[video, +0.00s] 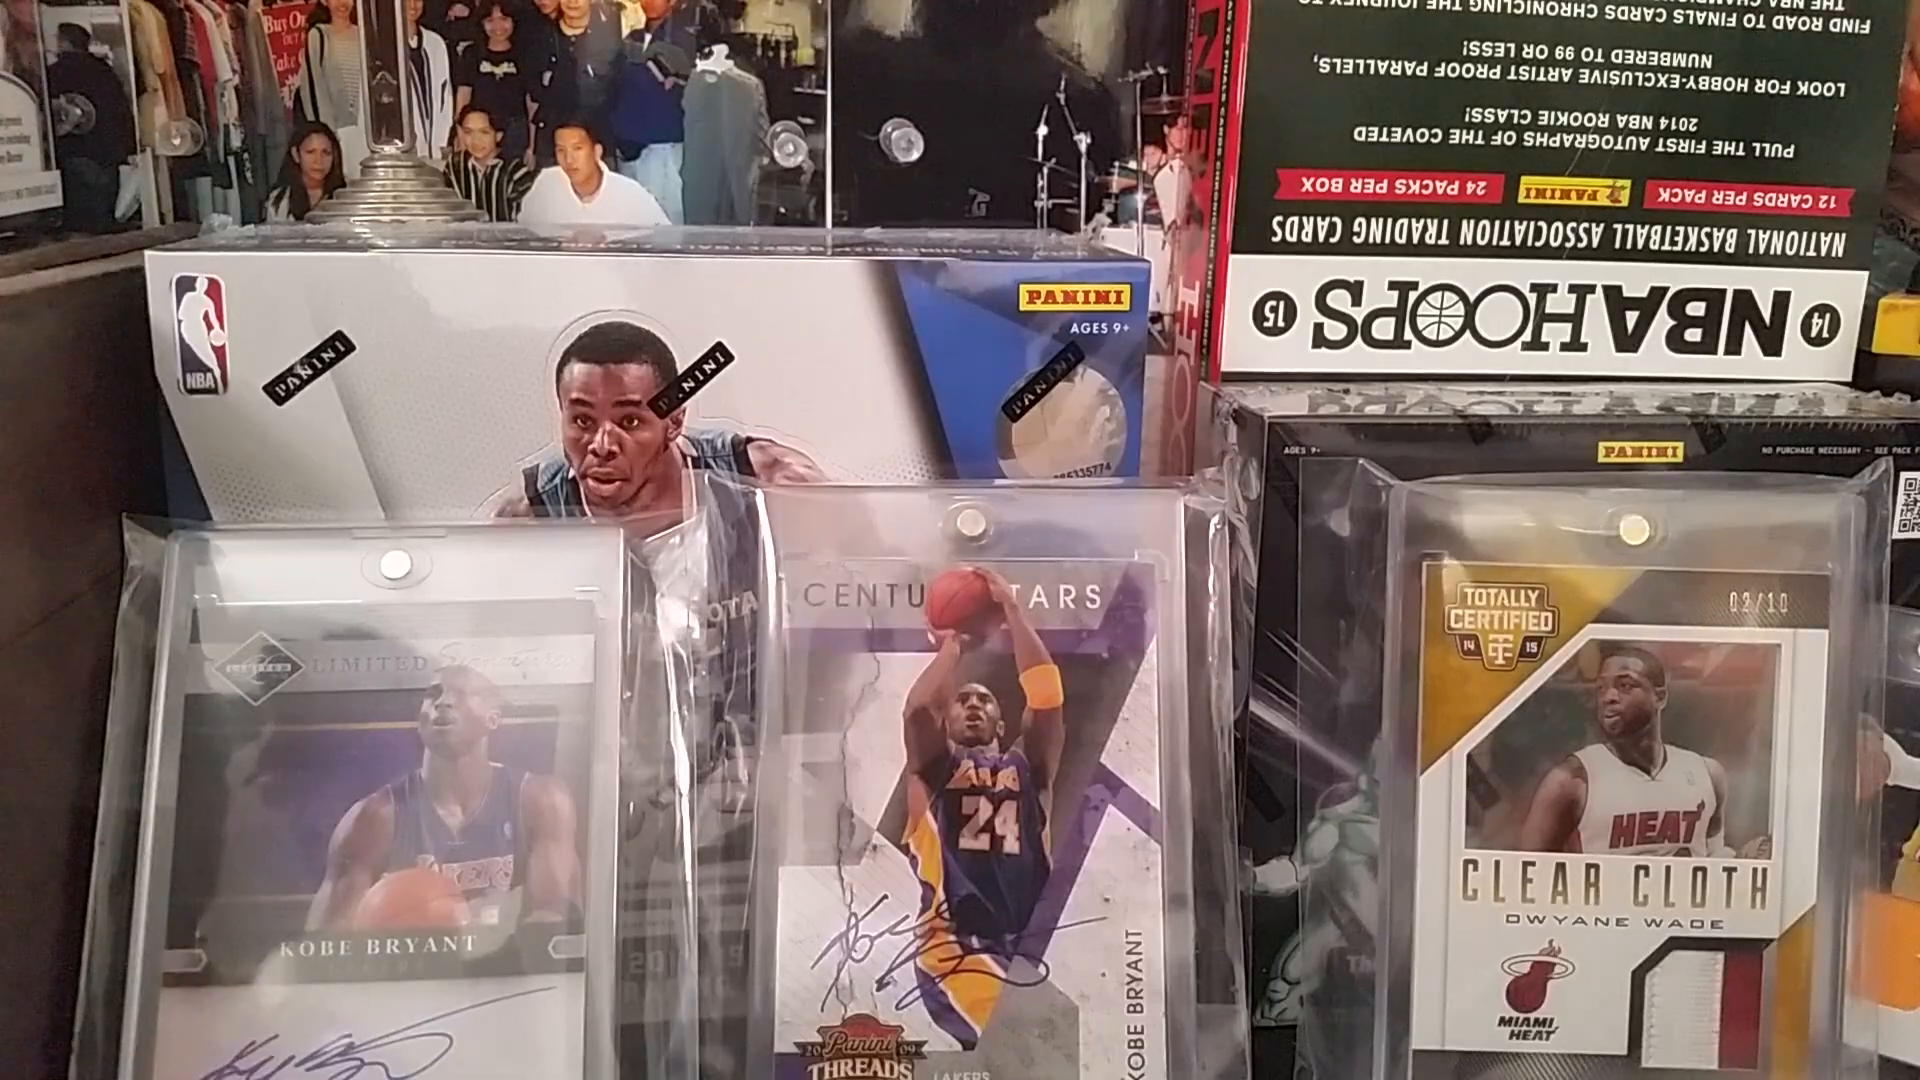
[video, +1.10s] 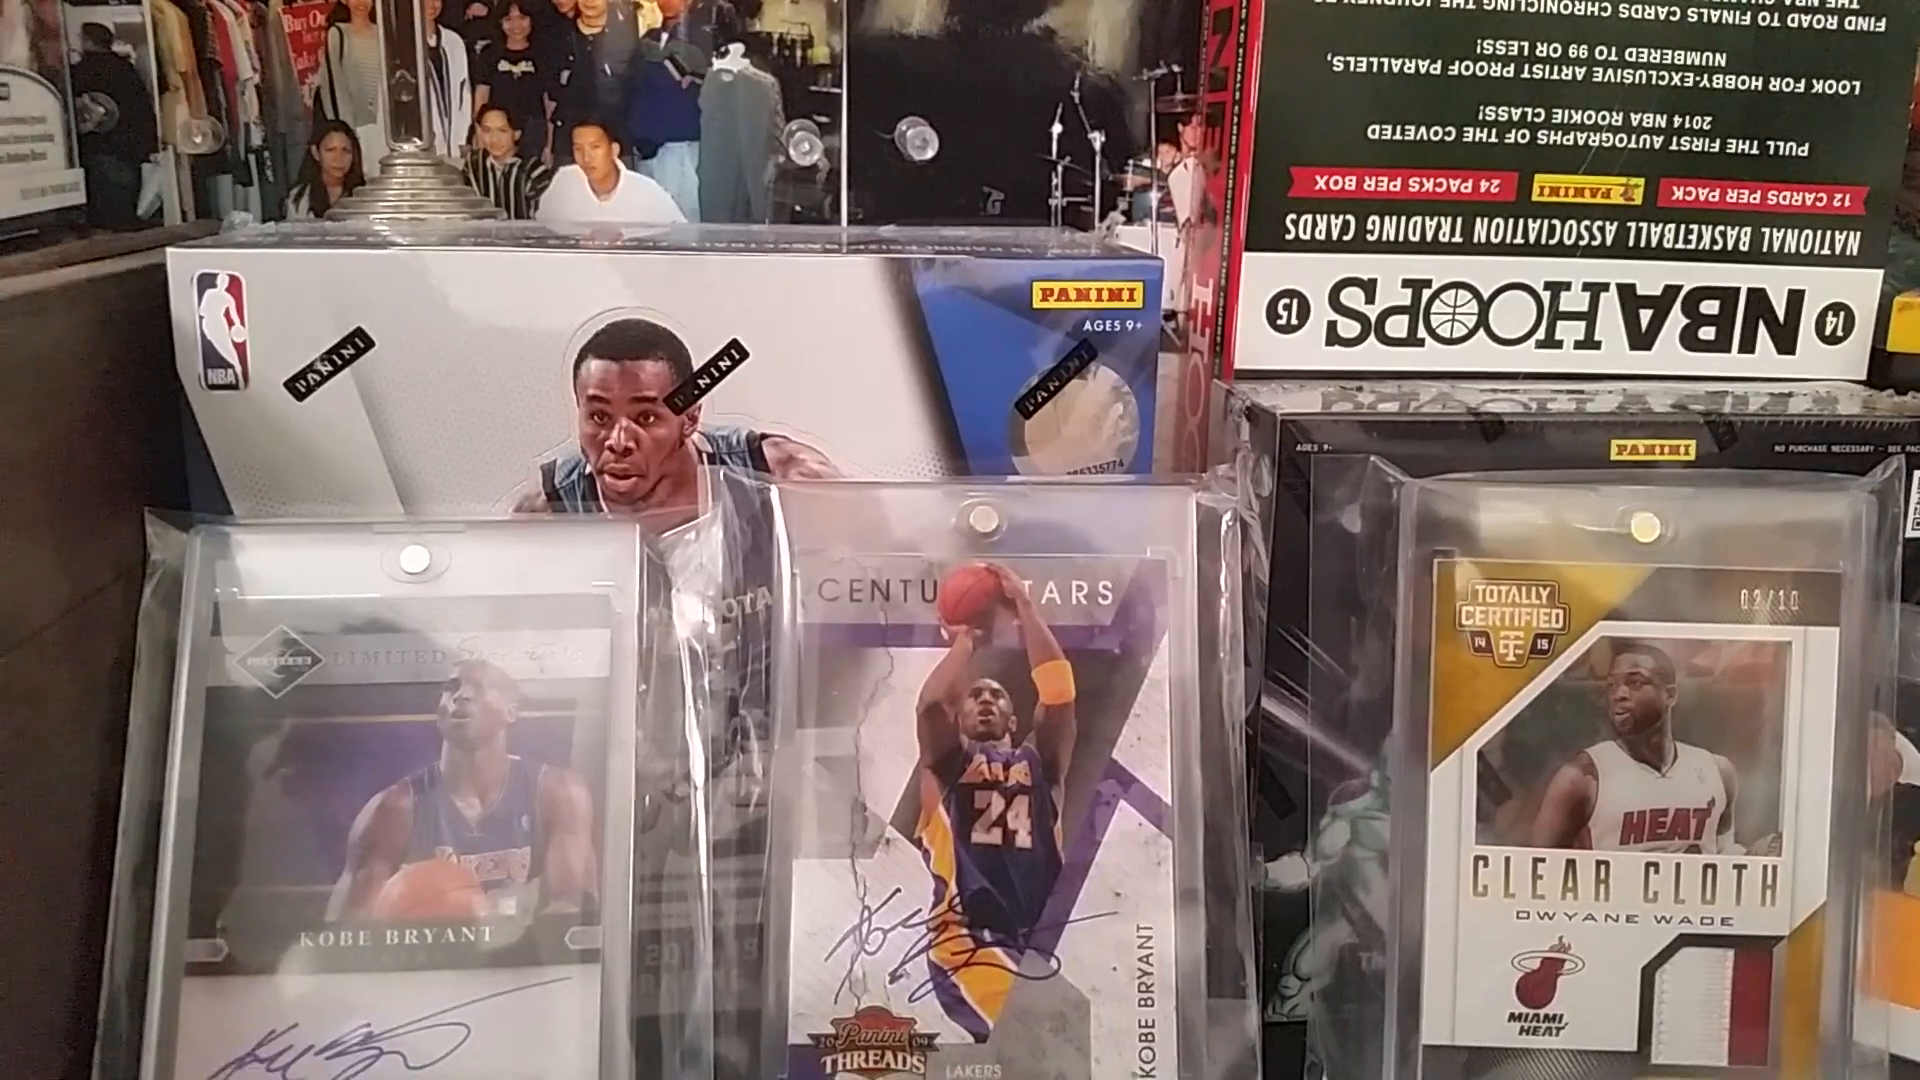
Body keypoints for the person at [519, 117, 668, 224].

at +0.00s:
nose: (569, 161)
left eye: (578, 149)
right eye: (561, 151)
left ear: (597, 152)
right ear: (555, 155)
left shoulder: (629, 192)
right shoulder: (547, 183)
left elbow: (668, 240)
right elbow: (521, 233)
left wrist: (609, 244)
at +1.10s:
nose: (586, 158)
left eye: (595, 148)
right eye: (579, 150)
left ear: (614, 150)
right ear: (573, 153)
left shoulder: (646, 191)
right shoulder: (564, 181)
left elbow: (685, 237)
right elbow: (540, 229)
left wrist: (625, 240)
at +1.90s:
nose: (466, 154)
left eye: (474, 144)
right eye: (459, 147)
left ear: (493, 147)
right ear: (453, 151)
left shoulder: (525, 186)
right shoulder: (445, 177)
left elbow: (562, 232)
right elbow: (421, 226)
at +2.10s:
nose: (447, 156)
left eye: (457, 146)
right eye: (440, 148)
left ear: (476, 149)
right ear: (434, 153)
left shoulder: (508, 189)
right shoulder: (426, 179)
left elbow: (544, 232)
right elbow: (402, 228)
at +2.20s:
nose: (439, 155)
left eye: (447, 145)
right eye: (431, 147)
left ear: (466, 148)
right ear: (426, 152)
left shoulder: (497, 186)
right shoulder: (417, 178)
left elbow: (534, 231)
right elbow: (394, 227)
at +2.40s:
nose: (453, 153)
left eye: (461, 143)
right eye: (445, 145)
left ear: (480, 145)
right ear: (440, 150)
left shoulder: (510, 183)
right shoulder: (432, 174)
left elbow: (547, 227)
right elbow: (408, 221)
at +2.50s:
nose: (459, 154)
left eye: (467, 144)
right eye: (451, 146)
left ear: (485, 146)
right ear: (446, 151)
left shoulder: (516, 185)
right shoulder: (438, 176)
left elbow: (553, 231)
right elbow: (414, 225)